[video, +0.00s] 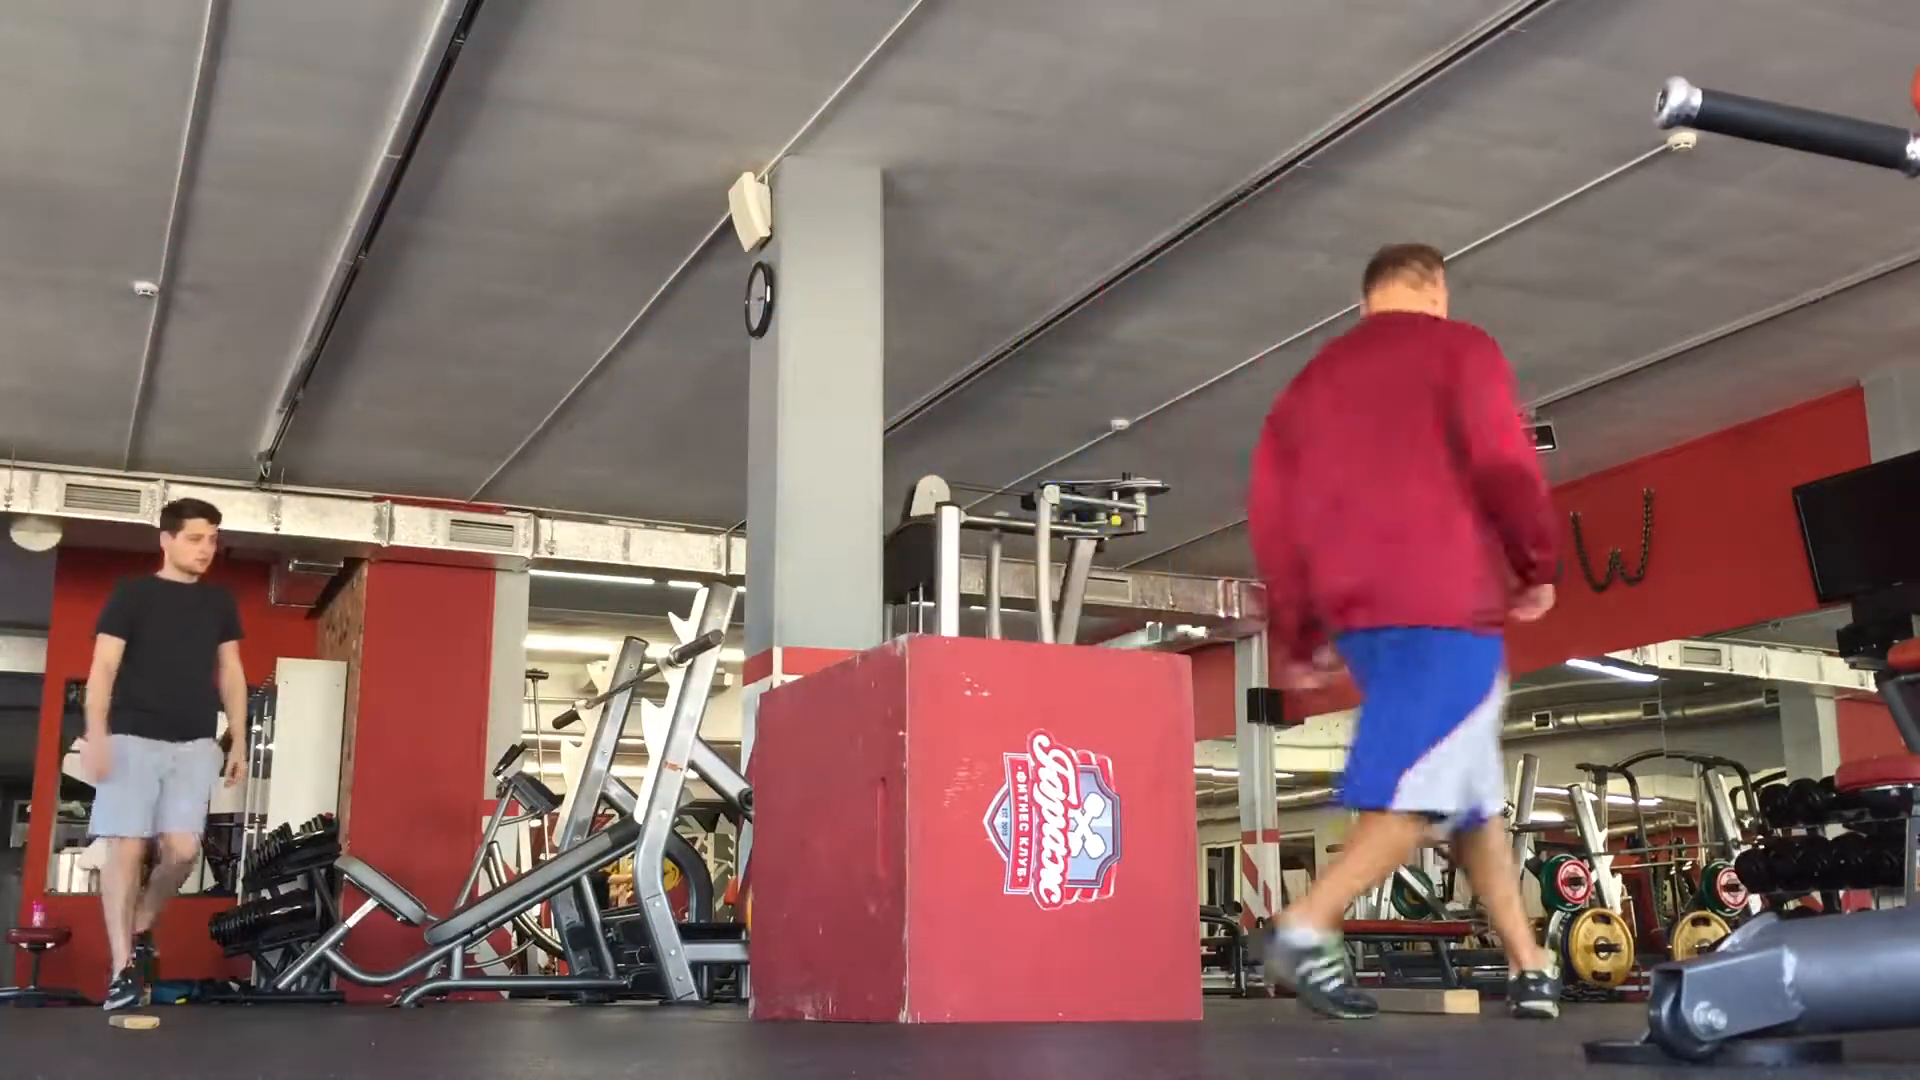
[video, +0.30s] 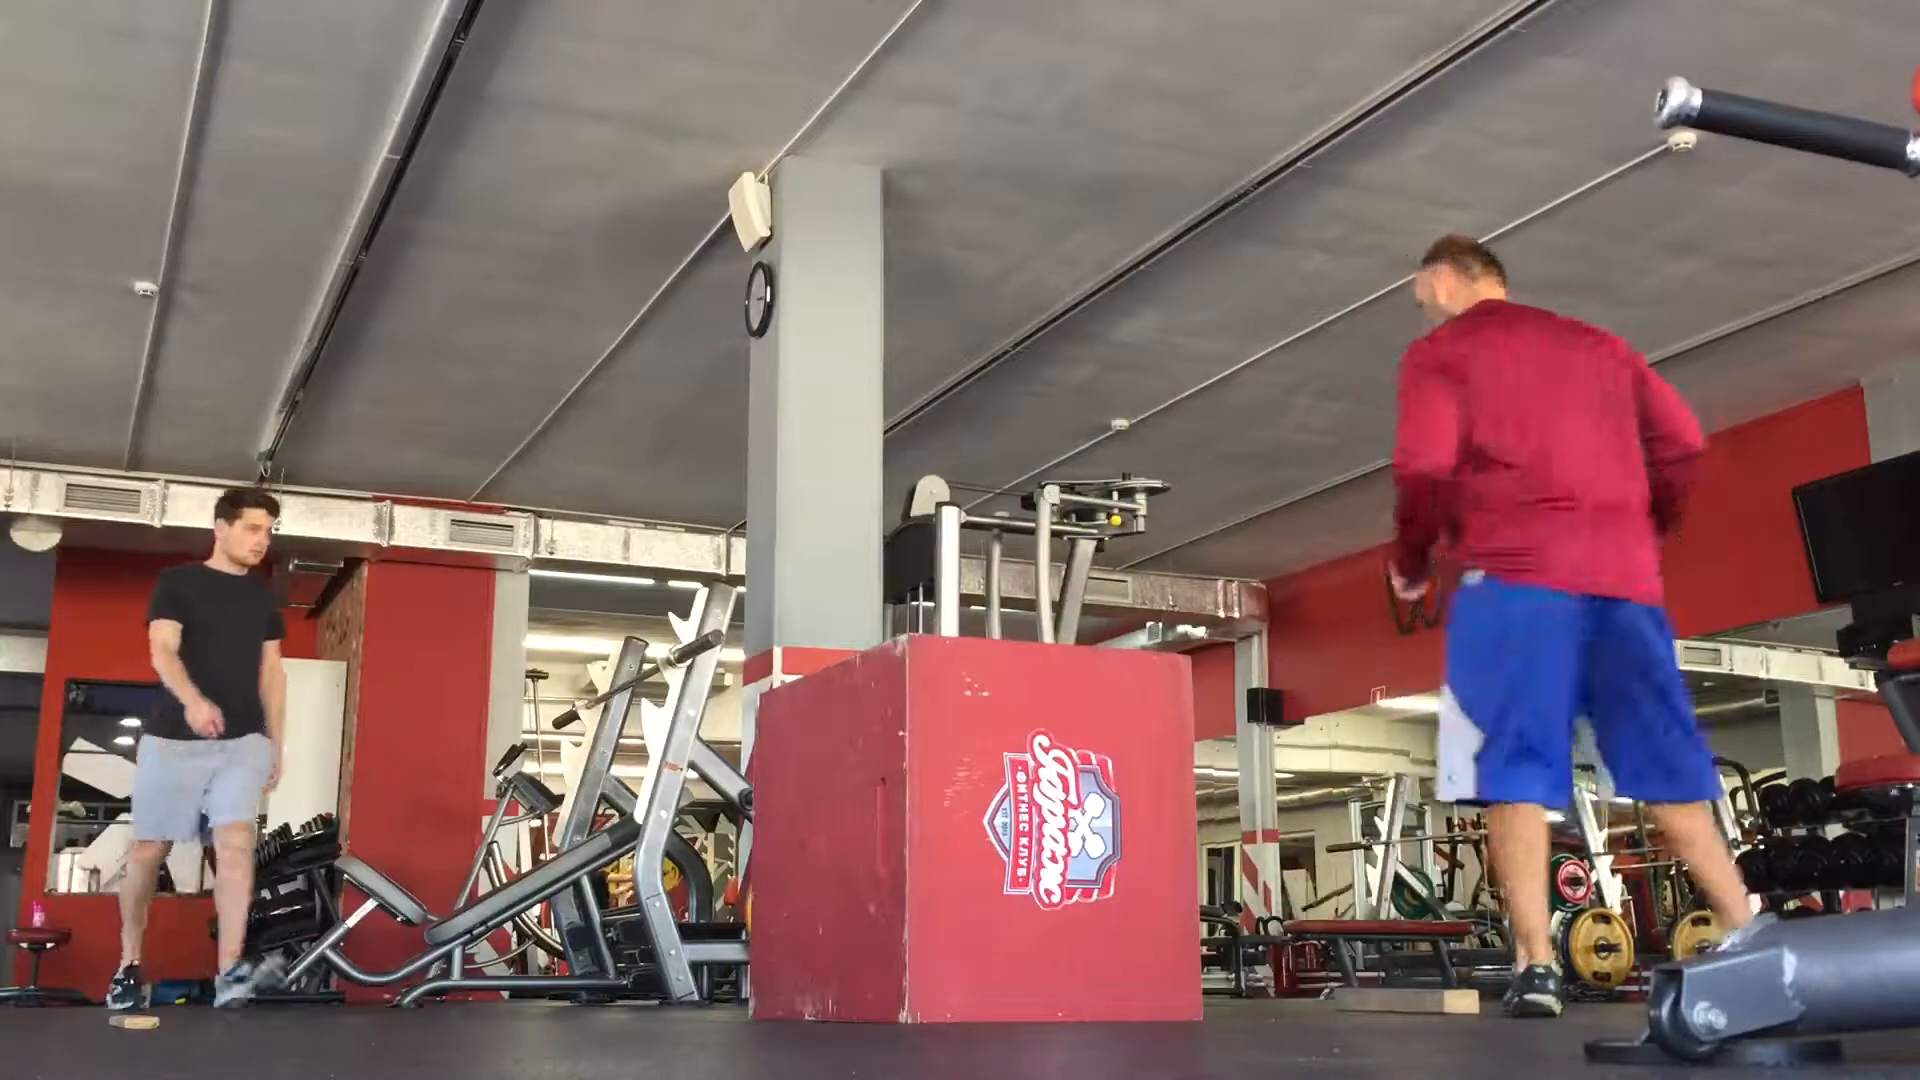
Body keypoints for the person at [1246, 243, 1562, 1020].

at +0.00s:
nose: (1445, 306)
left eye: (1440, 294)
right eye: (1443, 293)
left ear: (1364, 301)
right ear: (1432, 290)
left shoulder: (1302, 386)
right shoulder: (1458, 345)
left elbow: (1271, 518)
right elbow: (1500, 456)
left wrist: (1296, 634)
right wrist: (1539, 564)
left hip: (1350, 602)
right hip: (1443, 591)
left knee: (1473, 794)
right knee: (1428, 794)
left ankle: (1530, 968)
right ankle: (1305, 927)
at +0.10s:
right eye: (1457, 290)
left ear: (1386, 298)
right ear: (1464, 289)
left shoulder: (1342, 380)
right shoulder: (1518, 339)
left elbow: (1316, 504)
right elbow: (1588, 455)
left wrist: (1358, 608)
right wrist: (1534, 534)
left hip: (1403, 591)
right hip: (1502, 577)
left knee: (1482, 780)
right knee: (1549, 782)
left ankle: (1528, 966)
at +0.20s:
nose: (1403, 302)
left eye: (1403, 290)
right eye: (1405, 290)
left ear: (1417, 282)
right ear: (1481, 280)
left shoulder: (1384, 363)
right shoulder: (1570, 336)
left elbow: (1363, 479)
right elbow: (1646, 443)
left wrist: (1388, 576)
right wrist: (1586, 516)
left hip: (1456, 590)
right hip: (1572, 581)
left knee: (1486, 773)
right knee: (1613, 764)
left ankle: (1528, 970)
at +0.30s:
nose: (1425, 311)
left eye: (1425, 296)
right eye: (1421, 300)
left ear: (1456, 277)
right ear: (1496, 278)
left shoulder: (1441, 350)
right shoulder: (1602, 342)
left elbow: (1426, 468)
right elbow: (1681, 443)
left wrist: (1410, 559)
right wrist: (1641, 529)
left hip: (1520, 581)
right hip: (1628, 580)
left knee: (1517, 771)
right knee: (1666, 764)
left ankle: (1536, 966)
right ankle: (1750, 932)